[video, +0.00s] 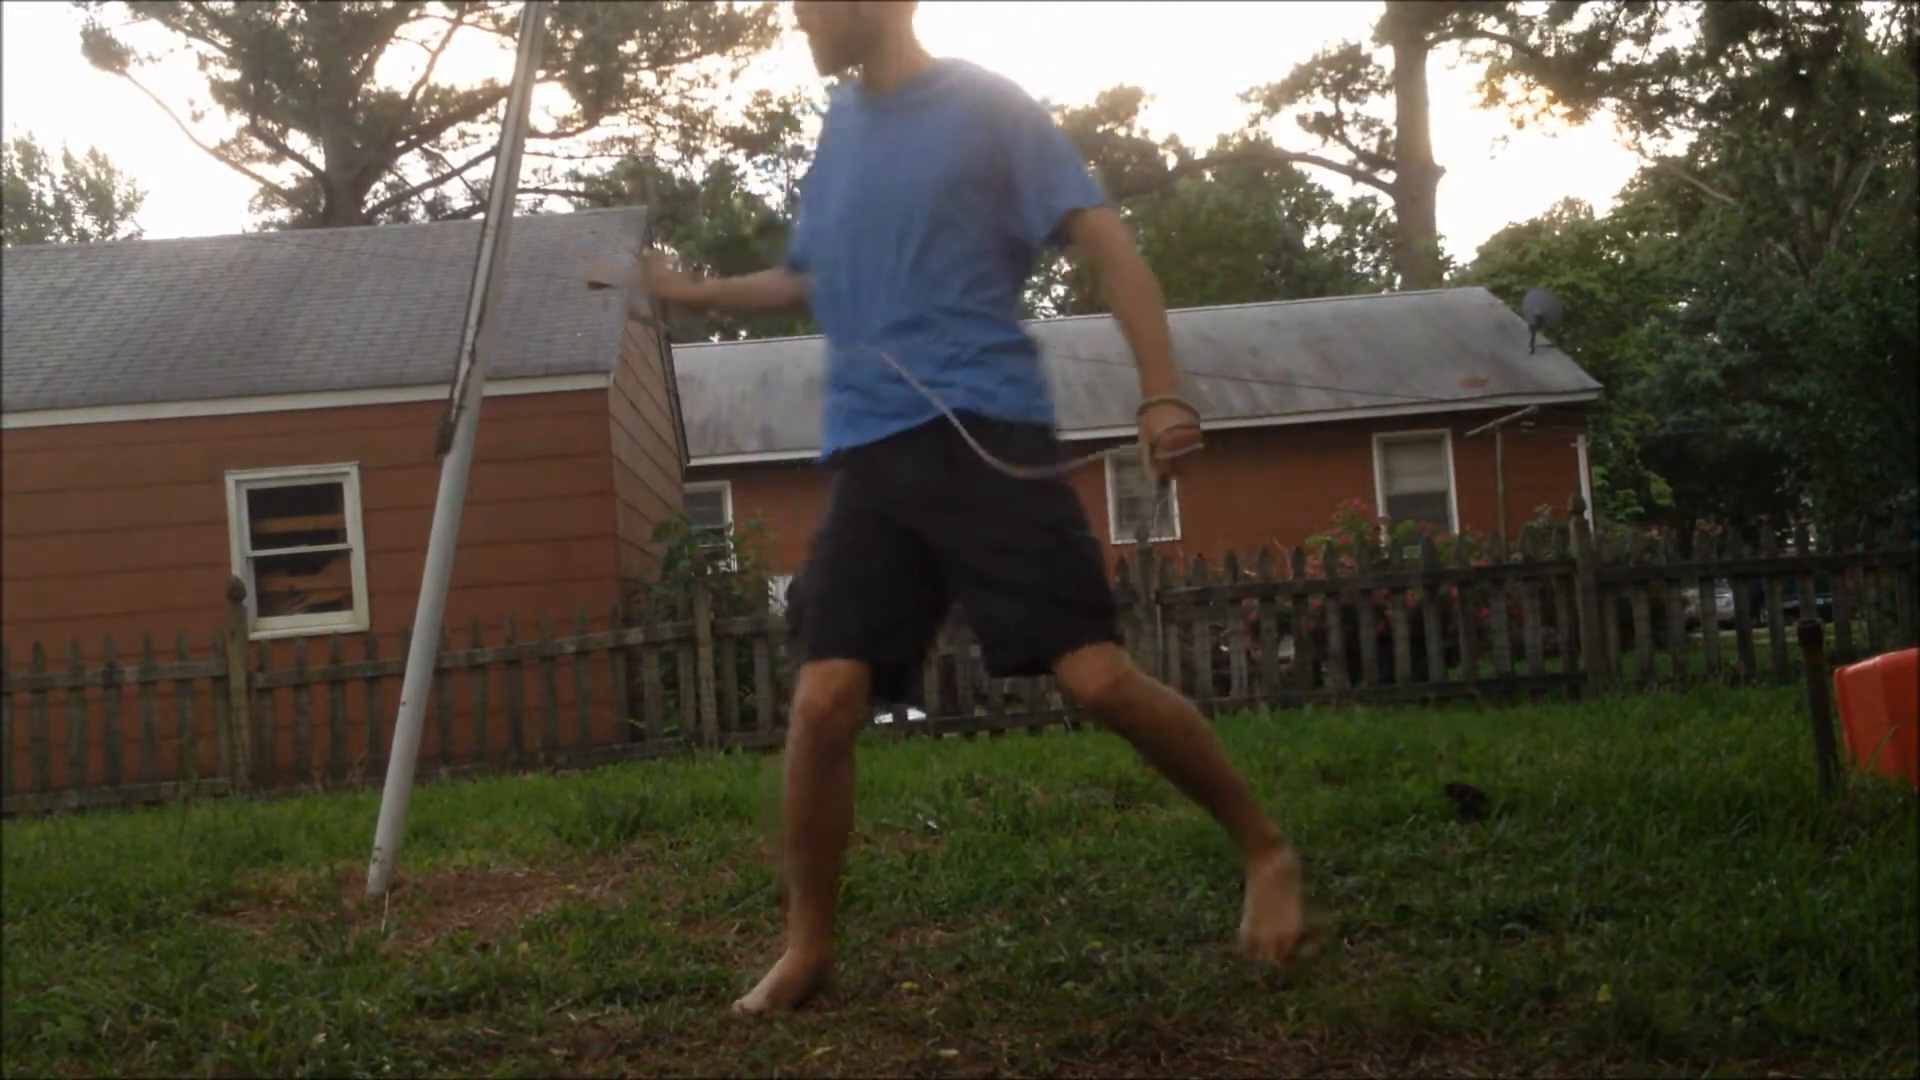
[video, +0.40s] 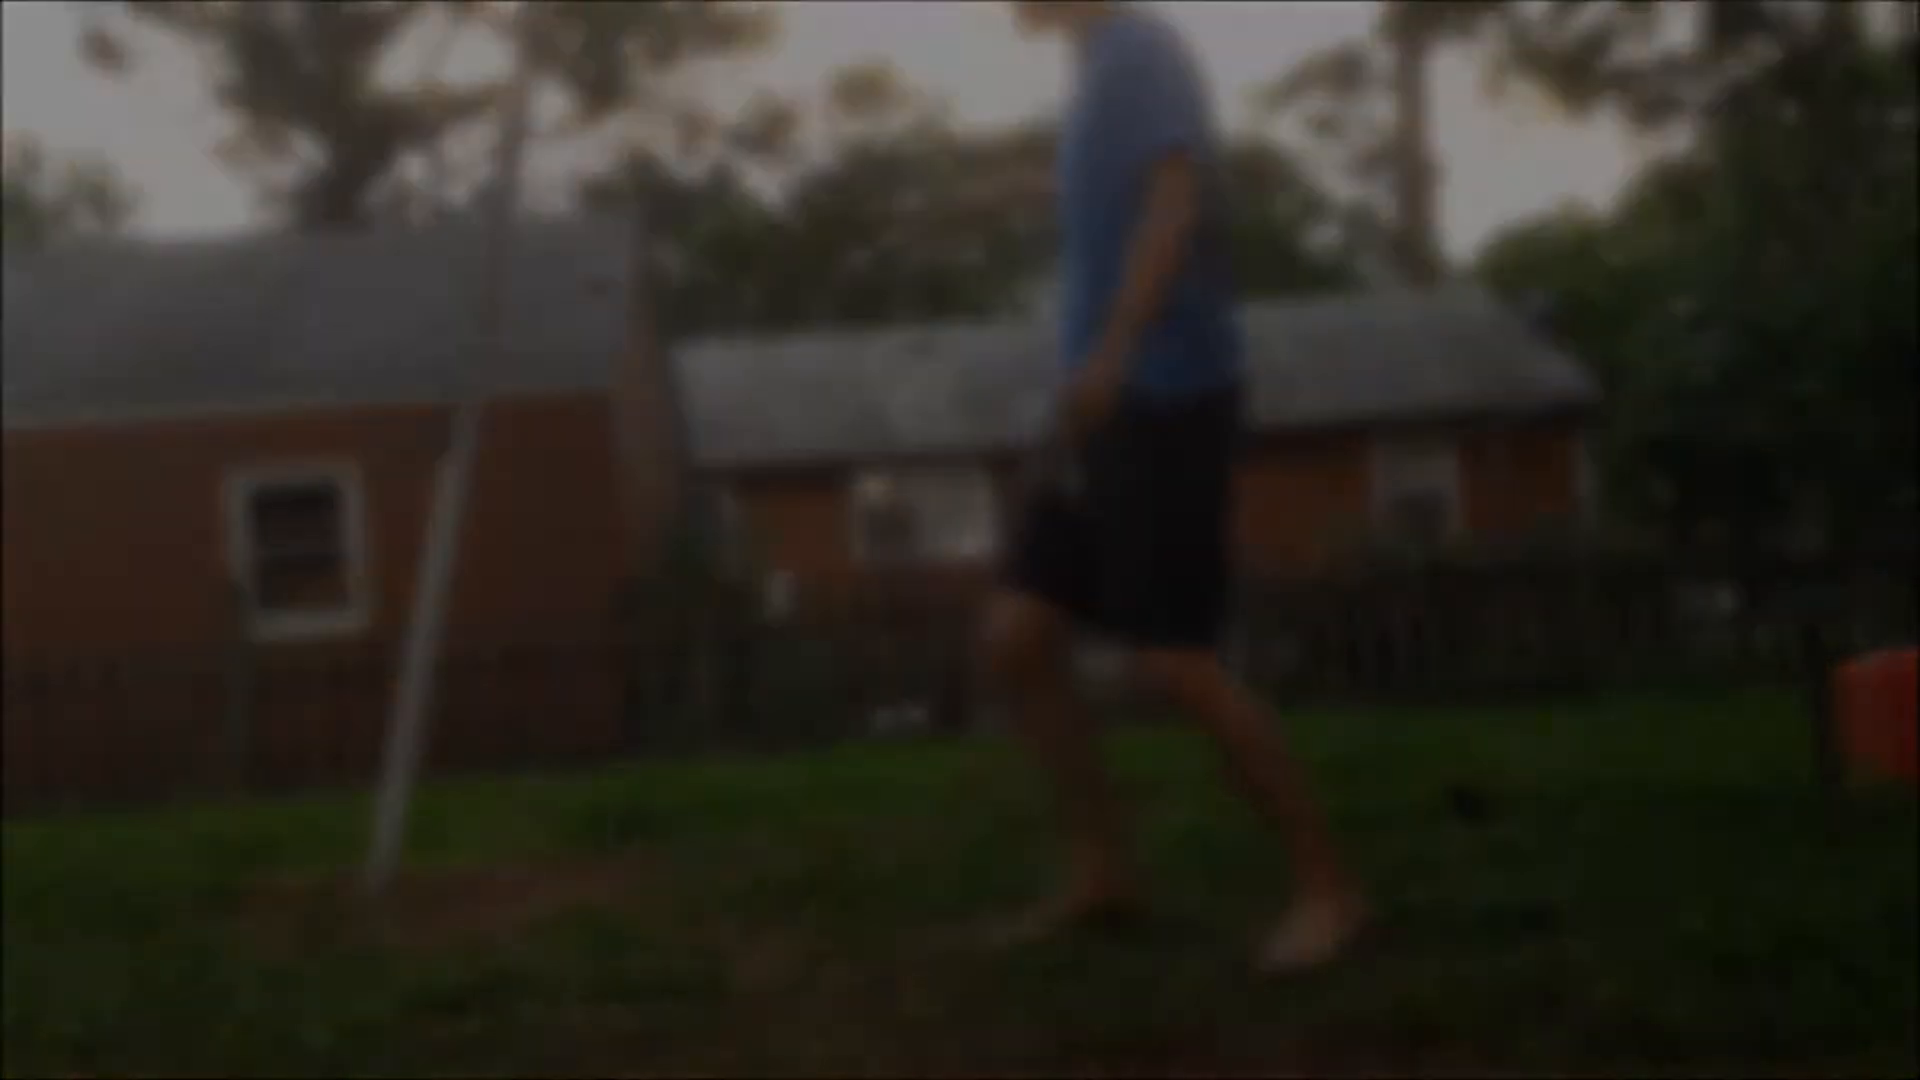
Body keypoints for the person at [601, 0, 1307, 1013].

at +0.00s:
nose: (797, 18)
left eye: (809, 1)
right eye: (796, 5)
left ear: (875, 2)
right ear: (858, 14)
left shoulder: (989, 105)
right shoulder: (840, 127)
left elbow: (1106, 238)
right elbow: (810, 281)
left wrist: (1161, 391)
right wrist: (684, 290)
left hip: (987, 439)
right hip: (869, 457)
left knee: (1097, 681)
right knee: (822, 701)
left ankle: (1264, 848)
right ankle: (806, 949)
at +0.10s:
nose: (852, 14)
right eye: (851, 4)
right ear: (896, 7)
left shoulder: (1023, 72)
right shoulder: (900, 122)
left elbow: (1141, 204)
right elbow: (901, 268)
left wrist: (1164, 375)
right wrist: (788, 260)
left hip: (1044, 419)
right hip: (932, 434)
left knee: (1103, 680)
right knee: (863, 681)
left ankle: (1297, 862)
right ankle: (801, 942)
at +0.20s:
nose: (921, 8)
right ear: (967, 1)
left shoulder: (1068, 54)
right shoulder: (991, 101)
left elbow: (1165, 184)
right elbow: (999, 245)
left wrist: (1151, 377)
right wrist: (884, 235)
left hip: (1092, 421)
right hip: (1002, 431)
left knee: (1145, 668)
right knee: (918, 653)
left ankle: (1321, 878)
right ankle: (833, 911)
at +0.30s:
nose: (983, 8)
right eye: (982, 2)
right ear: (1022, 2)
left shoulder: (1109, 48)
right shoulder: (1059, 76)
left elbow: (1165, 197)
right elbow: (1065, 217)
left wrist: (1125, 371)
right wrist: (968, 216)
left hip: (1142, 400)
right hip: (1063, 403)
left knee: (1162, 660)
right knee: (967, 635)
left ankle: (1322, 884)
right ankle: (959, 894)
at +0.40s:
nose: (1019, 6)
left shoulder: (1137, 51)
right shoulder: (1105, 69)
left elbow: (1172, 201)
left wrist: (1109, 363)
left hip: (1174, 403)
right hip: (1115, 405)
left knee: (1177, 654)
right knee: (1021, 637)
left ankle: (1323, 887)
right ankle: (1101, 872)